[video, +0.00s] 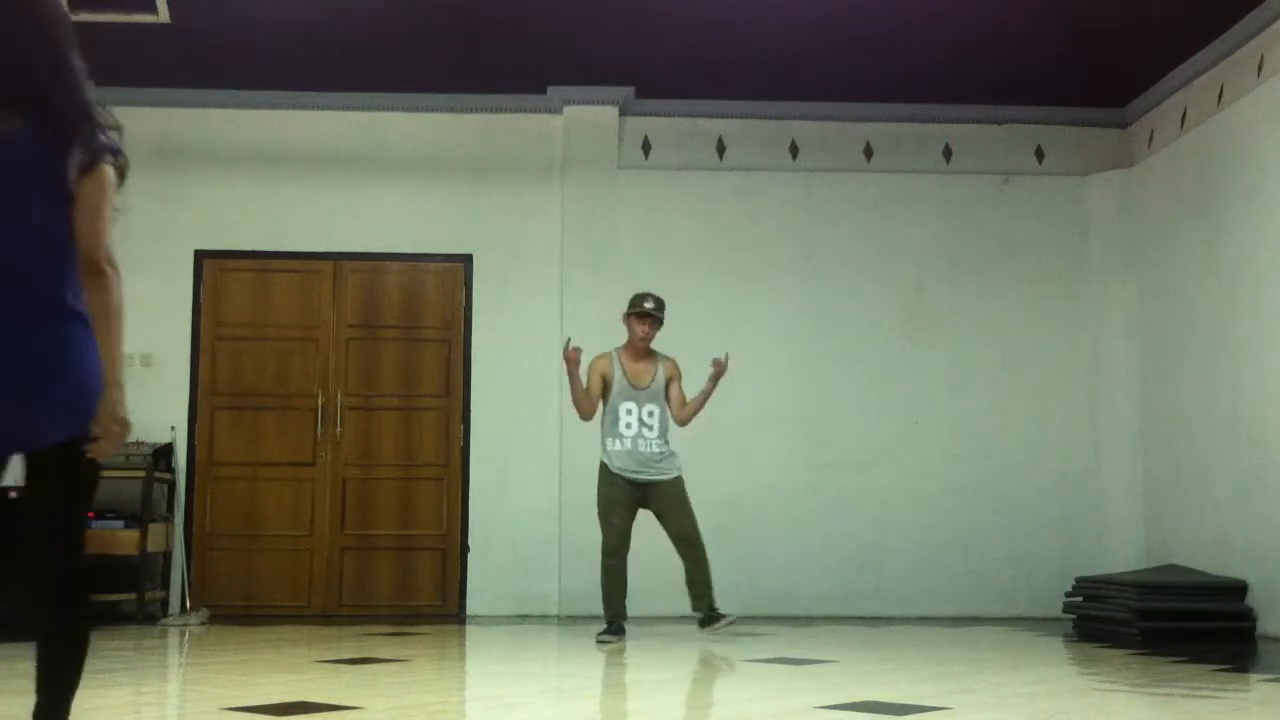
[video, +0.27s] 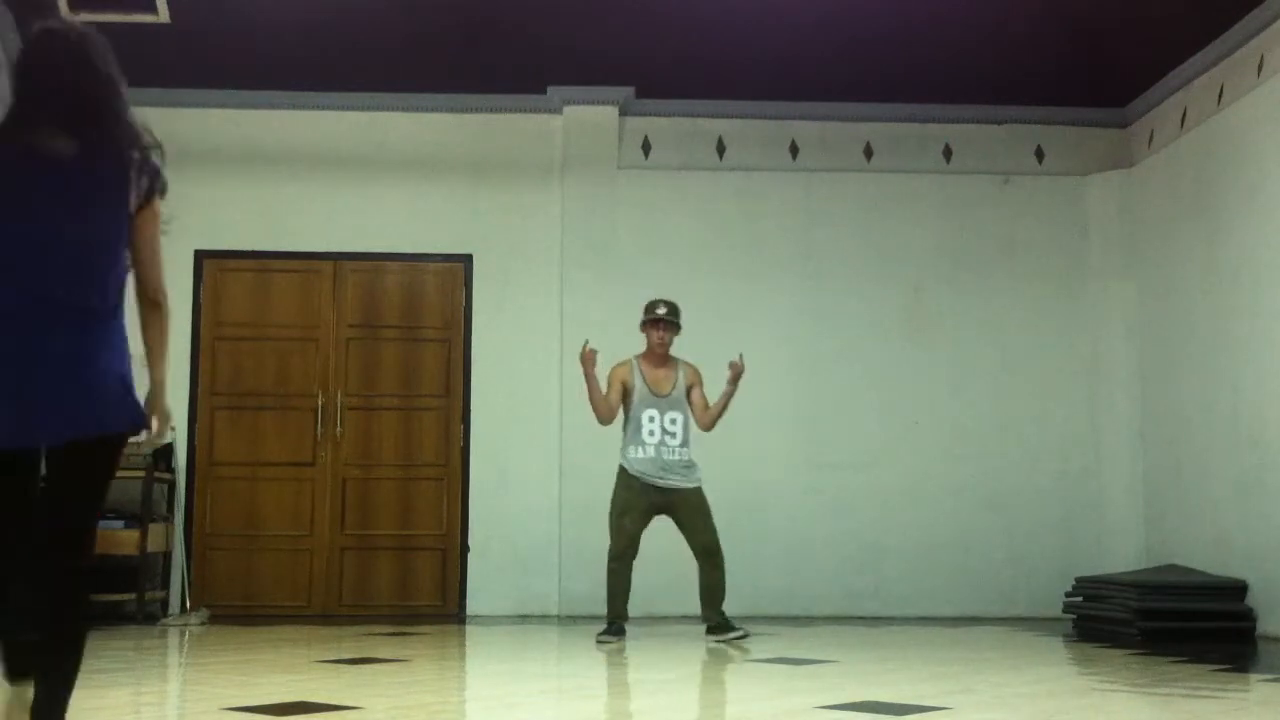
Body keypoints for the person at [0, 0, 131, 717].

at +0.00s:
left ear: (22, 45)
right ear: (58, 42)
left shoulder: (73, 132)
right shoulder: (74, 131)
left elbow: (95, 263)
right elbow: (95, 261)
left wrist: (110, 385)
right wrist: (113, 386)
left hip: (38, 363)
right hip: (51, 364)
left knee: (58, 558)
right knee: (63, 560)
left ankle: (49, 709)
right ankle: (51, 711)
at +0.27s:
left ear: (23, 84)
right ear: (108, 86)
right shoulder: (129, 163)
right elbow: (152, 293)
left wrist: (157, 388)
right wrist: (158, 390)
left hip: (8, 388)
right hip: (95, 389)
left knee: (14, 535)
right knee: (69, 552)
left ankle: (21, 680)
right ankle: (48, 709)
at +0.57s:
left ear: (56, 146)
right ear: (127, 147)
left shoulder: (24, 216)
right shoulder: (150, 219)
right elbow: (165, 324)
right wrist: (173, 395)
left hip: (27, 405)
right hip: (110, 408)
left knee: (25, 550)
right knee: (105, 544)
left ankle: (46, 693)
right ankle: (75, 651)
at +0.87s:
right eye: (146, 168)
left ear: (87, 170)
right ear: (150, 174)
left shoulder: (52, 237)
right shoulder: (162, 234)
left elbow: (49, 334)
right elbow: (171, 333)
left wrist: (76, 386)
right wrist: (180, 421)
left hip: (69, 405)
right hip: (140, 408)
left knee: (60, 546)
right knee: (147, 542)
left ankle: (58, 694)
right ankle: (144, 679)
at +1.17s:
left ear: (126, 207)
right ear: (185, 208)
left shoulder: (97, 268)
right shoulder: (200, 267)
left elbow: (90, 359)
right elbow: (208, 358)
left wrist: (108, 412)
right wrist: (221, 440)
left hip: (118, 433)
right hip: (184, 430)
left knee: (124, 547)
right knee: (177, 558)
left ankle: (110, 616)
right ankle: (158, 684)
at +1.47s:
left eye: (164, 233)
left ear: (160, 239)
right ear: (214, 238)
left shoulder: (139, 292)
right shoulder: (232, 294)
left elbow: (114, 364)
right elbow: (252, 370)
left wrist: (89, 429)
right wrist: (254, 415)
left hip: (146, 446)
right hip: (205, 445)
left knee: (160, 554)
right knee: (179, 554)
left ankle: (180, 660)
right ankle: (154, 670)